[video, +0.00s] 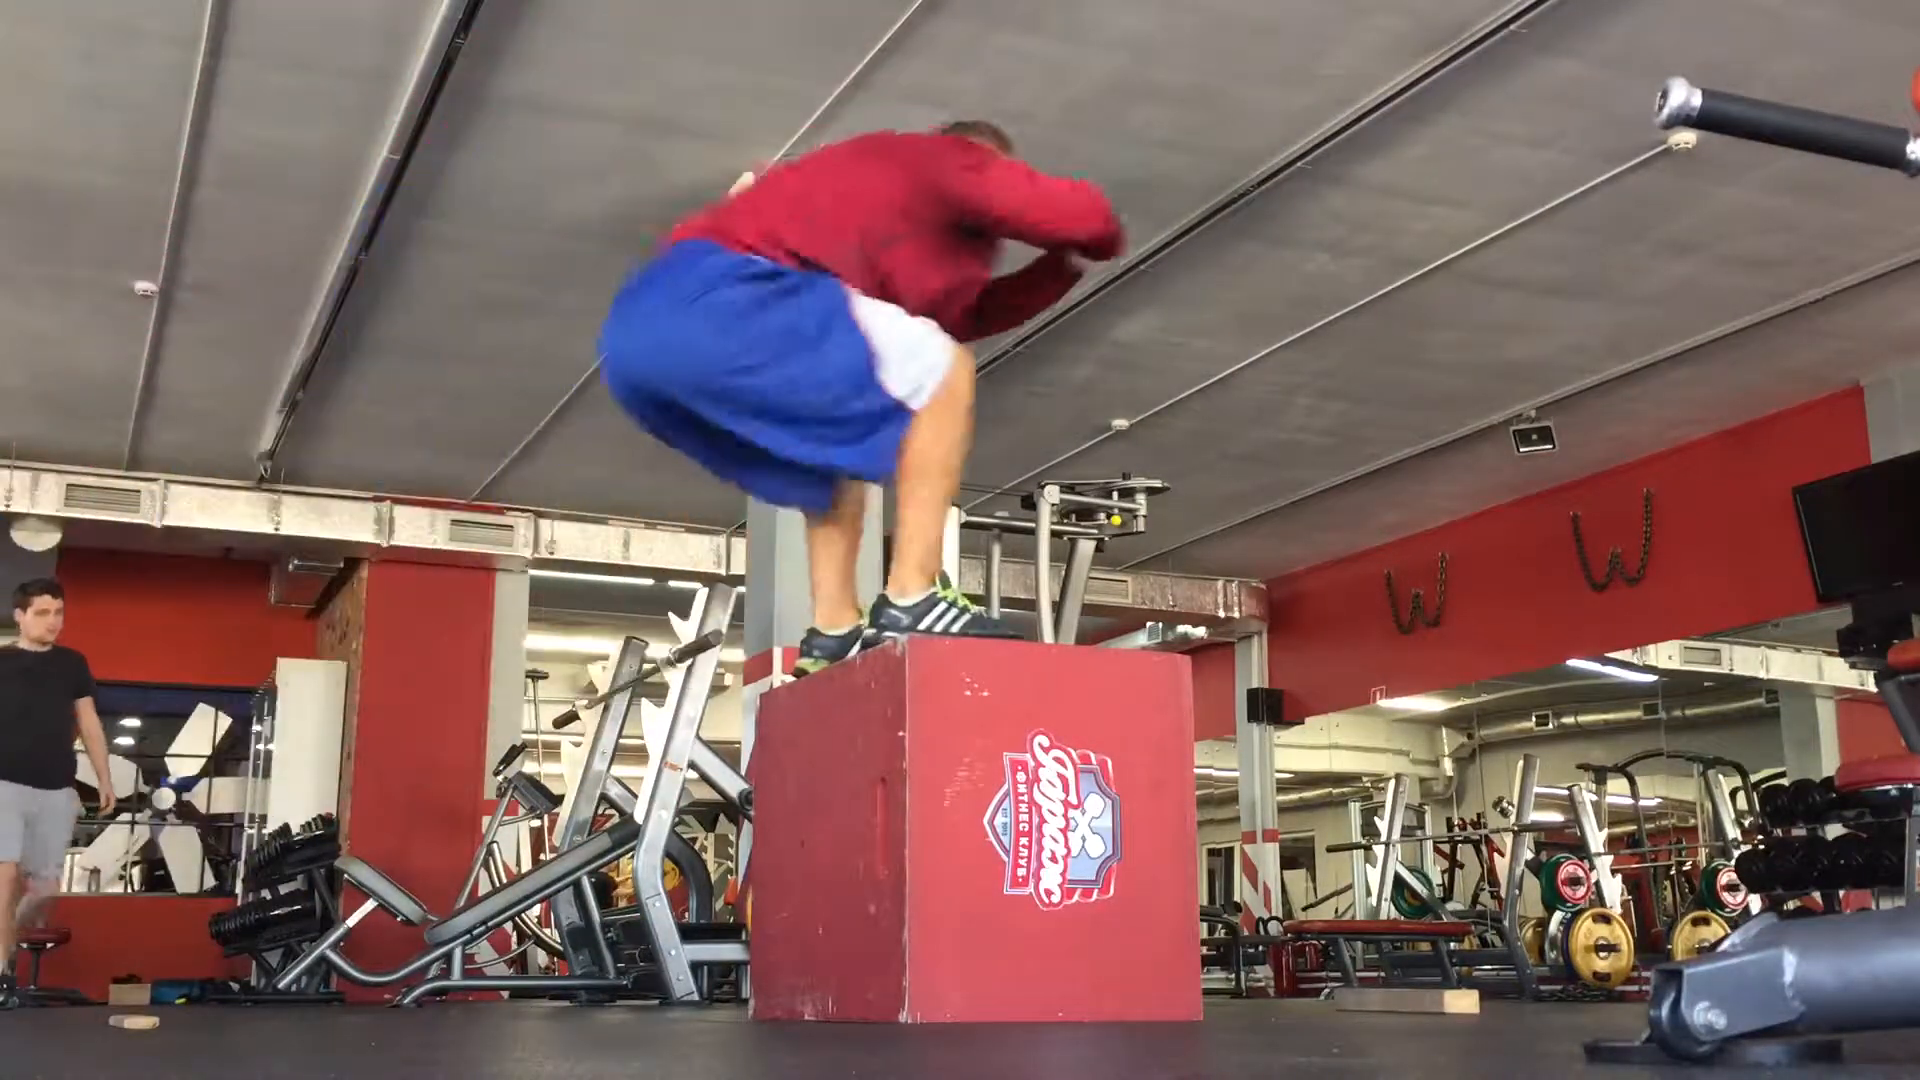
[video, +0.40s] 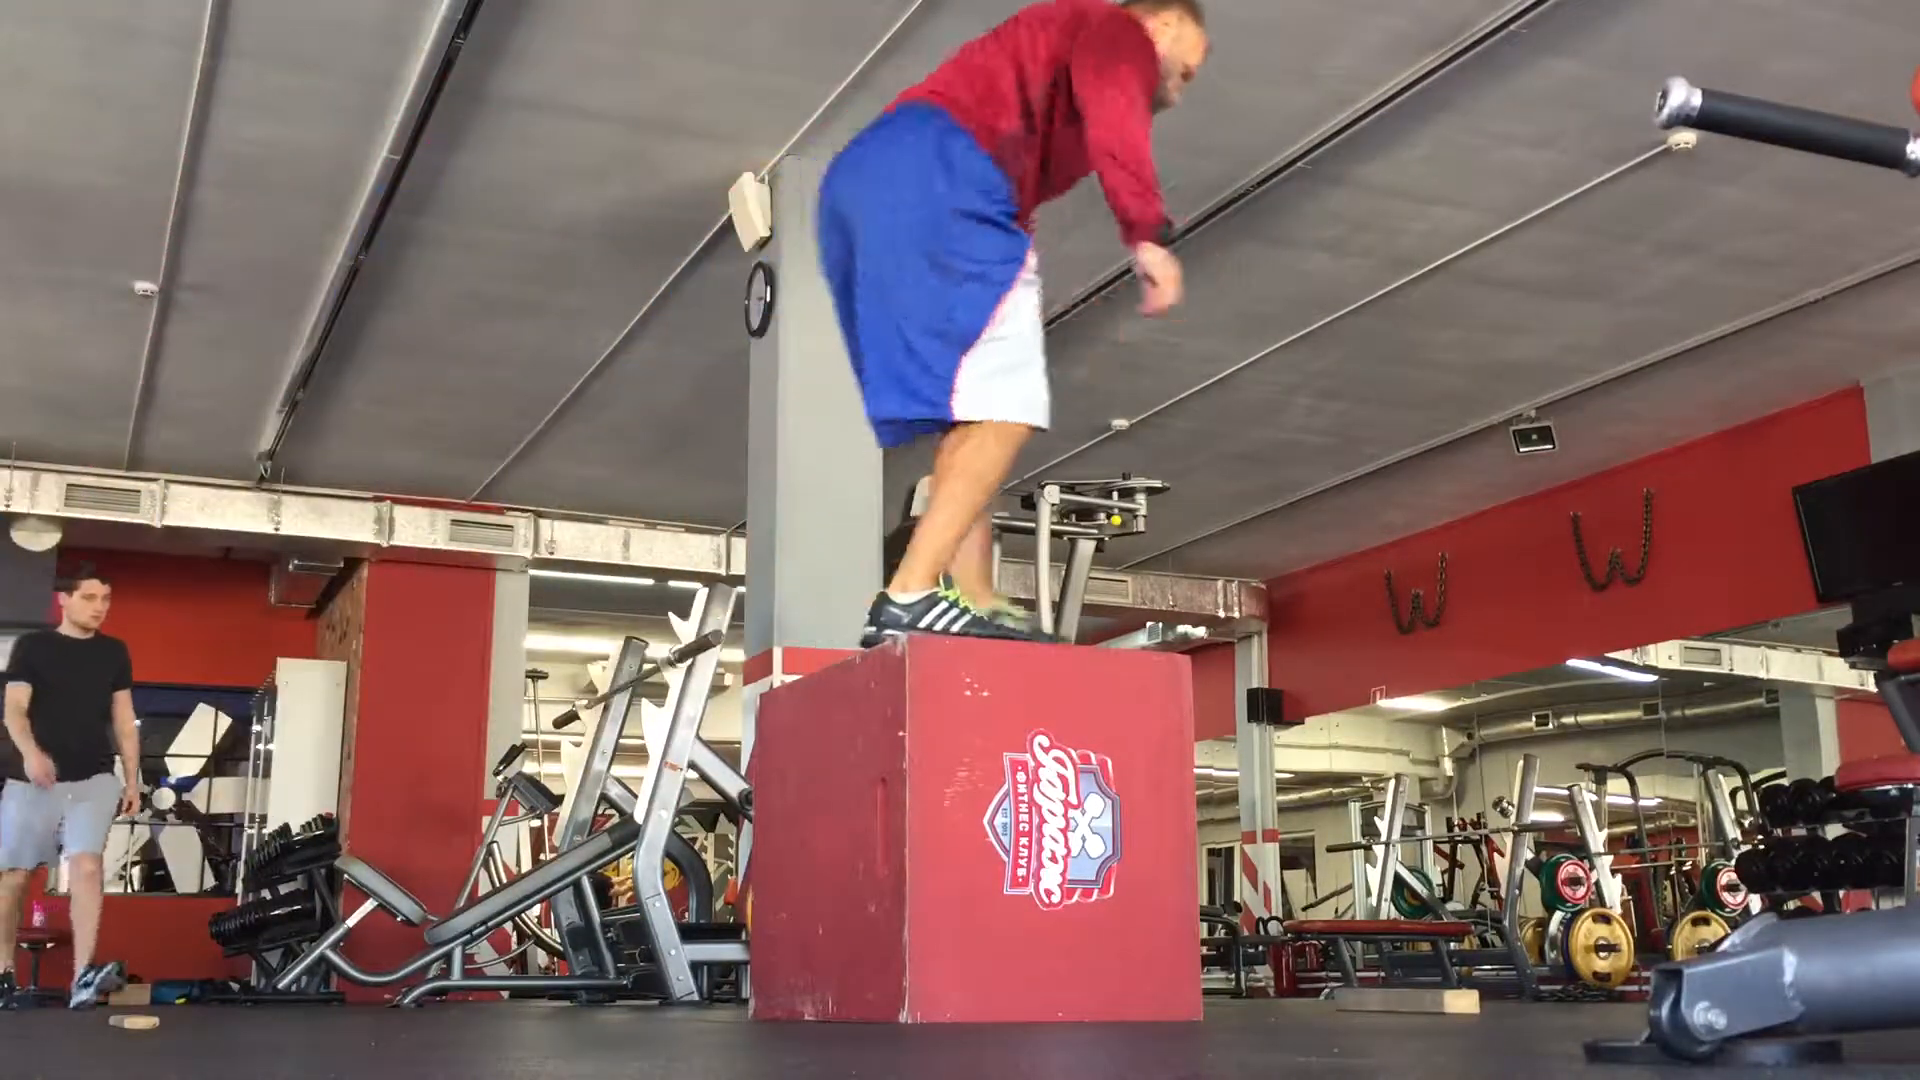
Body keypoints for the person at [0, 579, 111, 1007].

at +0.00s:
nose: (53, 620)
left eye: (58, 612)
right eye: (43, 612)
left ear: (63, 616)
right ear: (20, 616)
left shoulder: (72, 662)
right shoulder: (4, 659)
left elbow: (89, 722)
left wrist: (104, 779)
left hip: (57, 791)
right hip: (9, 786)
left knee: (44, 887)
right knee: (8, 878)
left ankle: (9, 951)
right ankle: (6, 969)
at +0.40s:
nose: (98, 606)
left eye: (104, 598)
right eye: (89, 597)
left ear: (108, 604)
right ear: (64, 601)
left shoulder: (114, 652)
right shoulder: (33, 646)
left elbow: (125, 720)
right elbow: (14, 709)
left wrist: (131, 777)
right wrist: (31, 753)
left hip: (94, 780)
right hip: (32, 780)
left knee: (88, 868)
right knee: (14, 877)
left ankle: (82, 975)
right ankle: (5, 973)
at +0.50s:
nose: (119, 600)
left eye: (125, 592)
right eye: (110, 591)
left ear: (128, 597)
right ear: (84, 593)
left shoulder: (131, 648)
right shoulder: (49, 640)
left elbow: (141, 718)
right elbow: (28, 704)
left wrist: (145, 779)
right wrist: (40, 750)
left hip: (111, 776)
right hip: (52, 778)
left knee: (102, 867)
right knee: (29, 879)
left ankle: (87, 980)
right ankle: (8, 966)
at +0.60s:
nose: (138, 589)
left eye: (144, 583)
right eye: (130, 580)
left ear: (146, 589)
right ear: (103, 581)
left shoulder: (147, 641)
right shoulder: (65, 630)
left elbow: (156, 710)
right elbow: (38, 695)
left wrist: (163, 774)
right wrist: (42, 751)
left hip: (128, 771)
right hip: (67, 771)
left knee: (111, 866)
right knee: (52, 872)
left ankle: (89, 980)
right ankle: (30, 940)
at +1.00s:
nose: (181, 571)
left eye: (187, 563)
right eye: (172, 561)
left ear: (191, 568)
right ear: (143, 562)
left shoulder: (196, 624)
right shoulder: (106, 616)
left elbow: (211, 691)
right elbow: (72, 691)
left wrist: (229, 750)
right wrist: (48, 759)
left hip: (171, 762)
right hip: (113, 753)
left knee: (145, 867)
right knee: (121, 851)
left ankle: (95, 971)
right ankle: (122, 970)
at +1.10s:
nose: (191, 559)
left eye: (197, 551)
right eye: (181, 549)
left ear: (201, 557)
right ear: (153, 551)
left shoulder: (206, 613)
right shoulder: (120, 606)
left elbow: (220, 682)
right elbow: (85, 680)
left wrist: (234, 748)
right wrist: (67, 750)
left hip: (183, 755)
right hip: (123, 745)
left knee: (165, 872)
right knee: (126, 849)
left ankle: (112, 941)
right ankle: (121, 971)